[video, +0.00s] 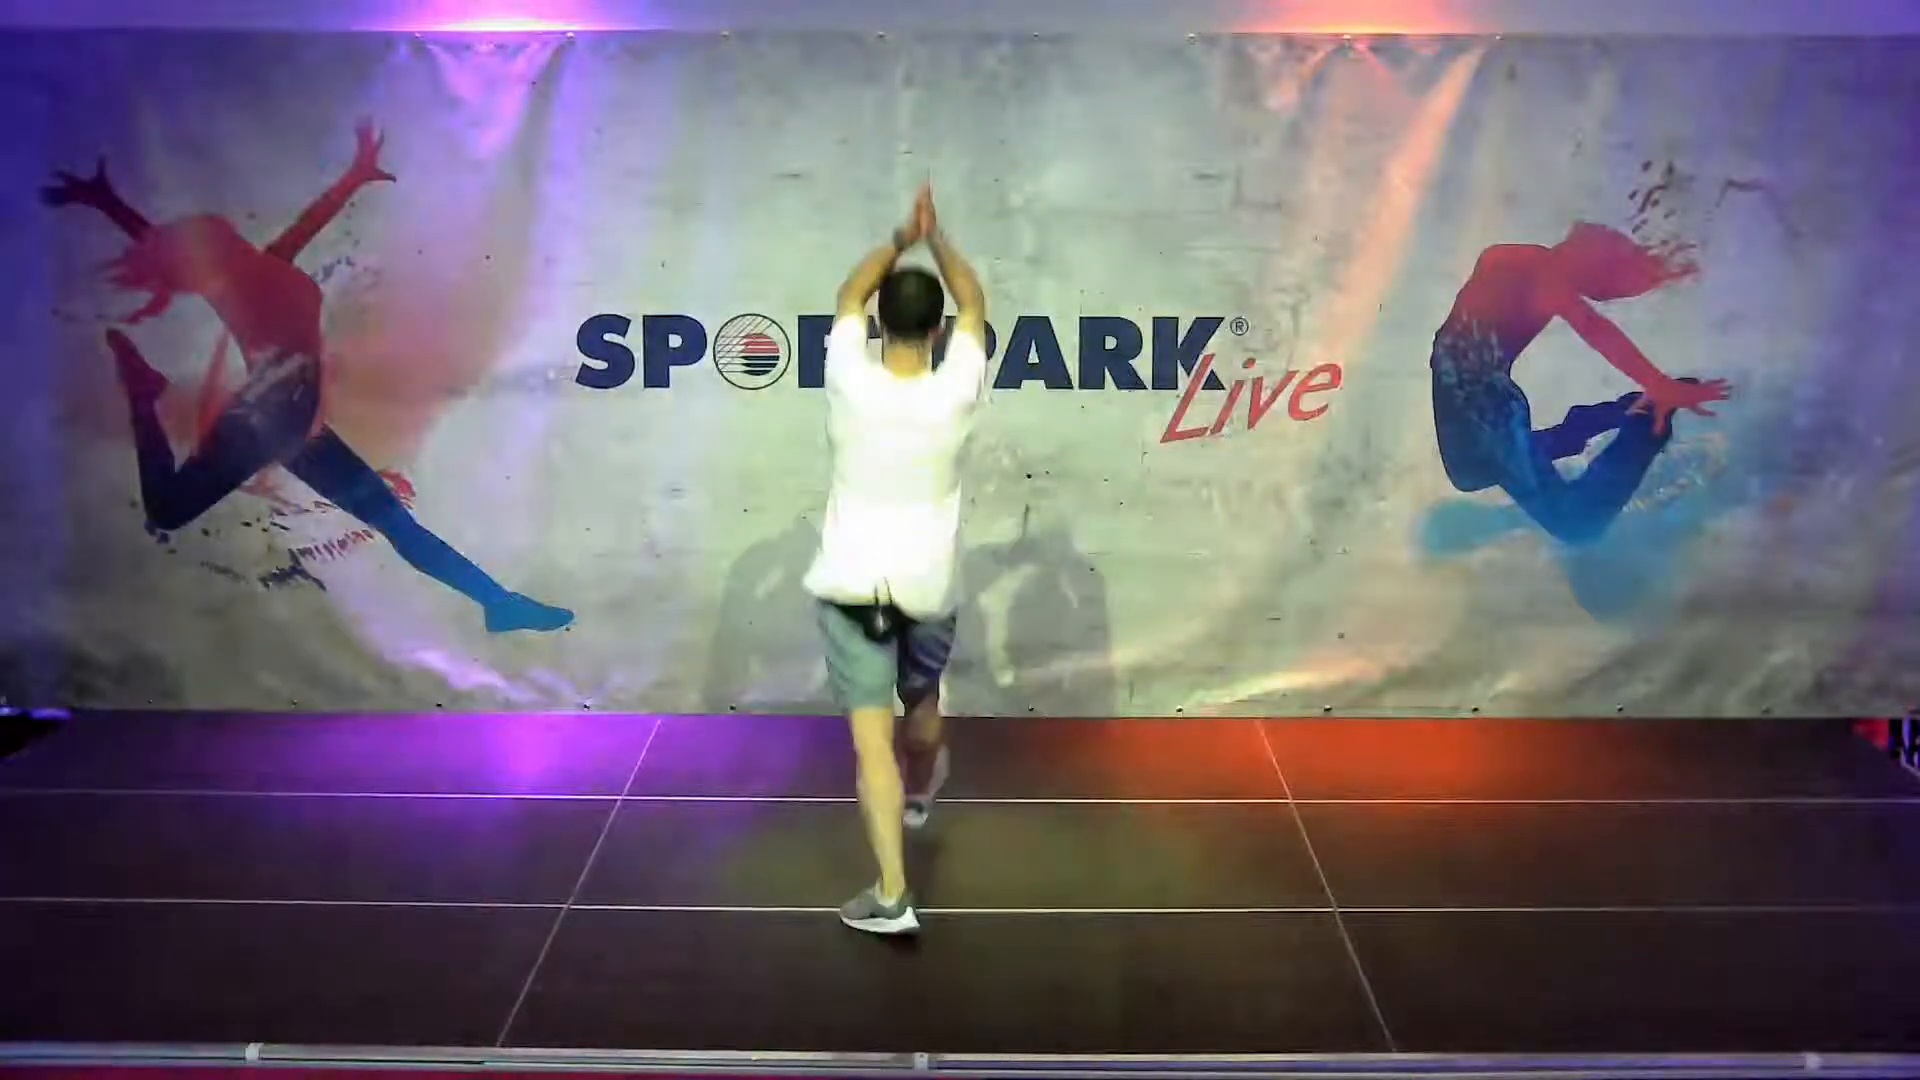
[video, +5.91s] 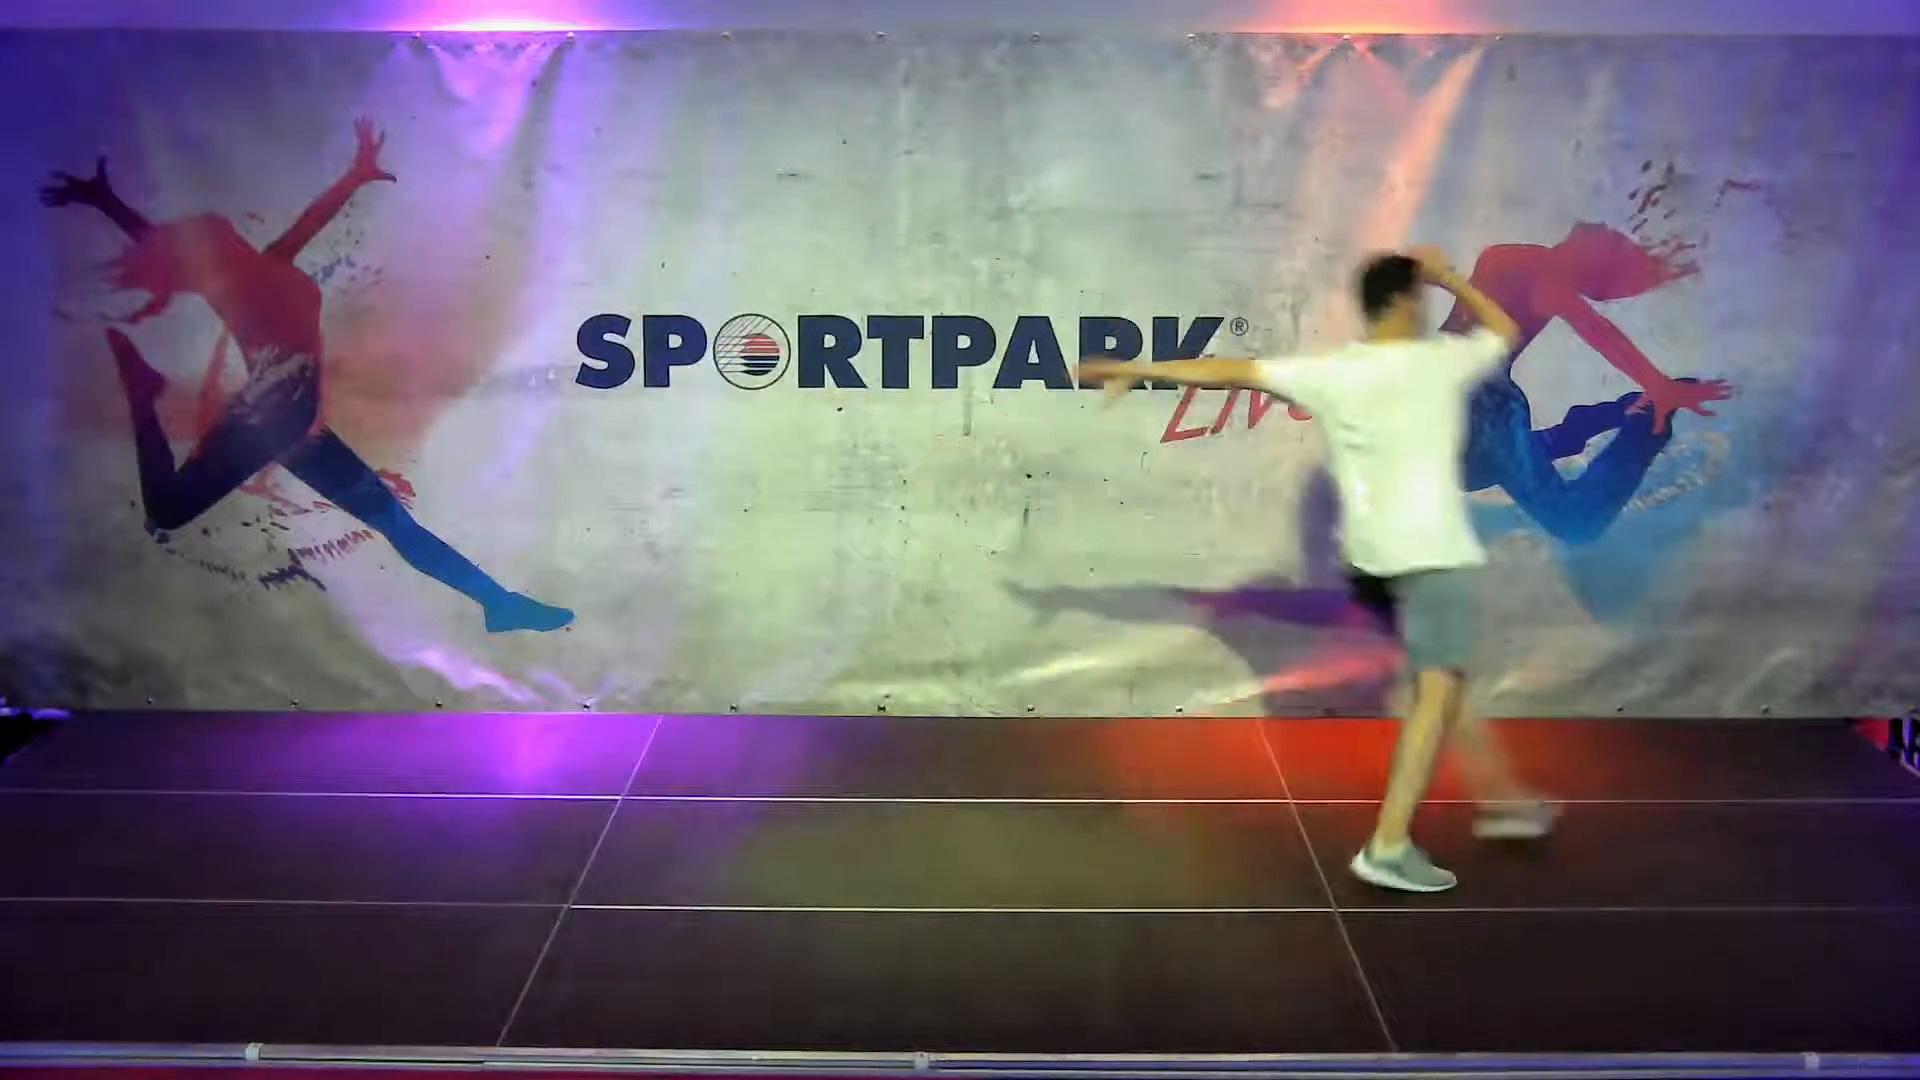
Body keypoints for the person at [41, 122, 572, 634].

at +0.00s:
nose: (184, 286)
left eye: (183, 267)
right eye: (178, 269)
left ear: (209, 255)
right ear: (203, 256)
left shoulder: (267, 268)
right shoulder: (237, 277)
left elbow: (309, 221)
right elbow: (157, 247)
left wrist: (358, 175)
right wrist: (104, 201)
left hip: (302, 428)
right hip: (261, 423)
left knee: (390, 516)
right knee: (166, 511)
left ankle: (500, 603)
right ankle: (142, 394)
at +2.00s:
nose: (182, 280)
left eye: (179, 261)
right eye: (177, 261)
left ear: (204, 250)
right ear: (198, 249)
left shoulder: (264, 268)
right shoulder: (229, 274)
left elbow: (308, 223)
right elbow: (159, 244)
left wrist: (358, 175)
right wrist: (105, 202)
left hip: (298, 426)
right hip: (264, 419)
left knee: (388, 515)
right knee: (166, 511)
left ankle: (500, 602)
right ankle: (143, 396)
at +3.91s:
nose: (199, 267)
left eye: (196, 254)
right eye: (195, 253)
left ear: (213, 250)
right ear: (194, 261)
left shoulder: (271, 269)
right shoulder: (227, 280)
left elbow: (309, 222)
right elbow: (149, 240)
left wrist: (359, 174)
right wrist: (99, 195)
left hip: (302, 428)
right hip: (258, 425)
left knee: (390, 515)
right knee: (165, 509)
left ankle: (497, 599)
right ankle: (140, 394)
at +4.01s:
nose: (219, 245)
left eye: (214, 237)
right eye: (206, 245)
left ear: (224, 240)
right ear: (198, 261)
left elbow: (313, 218)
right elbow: (157, 246)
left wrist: (358, 174)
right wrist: (100, 197)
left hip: (299, 427)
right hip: (257, 426)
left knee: (395, 521)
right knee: (166, 508)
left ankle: (508, 609)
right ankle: (141, 393)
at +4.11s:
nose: (171, 288)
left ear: (210, 249)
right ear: (210, 247)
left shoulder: (268, 266)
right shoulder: (233, 279)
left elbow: (312, 219)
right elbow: (156, 244)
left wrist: (359, 173)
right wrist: (102, 198)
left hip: (294, 425)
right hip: (262, 423)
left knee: (389, 515)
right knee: (167, 513)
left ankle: (497, 598)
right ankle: (140, 393)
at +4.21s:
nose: (176, 292)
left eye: (177, 274)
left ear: (213, 250)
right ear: (214, 247)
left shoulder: (268, 265)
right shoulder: (237, 280)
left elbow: (311, 220)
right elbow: (158, 247)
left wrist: (358, 174)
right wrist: (104, 199)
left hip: (296, 425)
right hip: (263, 423)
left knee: (391, 517)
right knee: (167, 513)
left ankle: (497, 598)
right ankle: (141, 395)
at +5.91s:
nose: (185, 286)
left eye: (183, 267)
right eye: (184, 267)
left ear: (204, 254)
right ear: (204, 252)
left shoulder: (261, 270)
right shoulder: (240, 281)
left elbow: (307, 223)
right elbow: (157, 243)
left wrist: (357, 176)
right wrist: (103, 199)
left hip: (297, 426)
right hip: (262, 422)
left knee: (388, 516)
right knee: (166, 510)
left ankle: (500, 602)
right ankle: (139, 389)